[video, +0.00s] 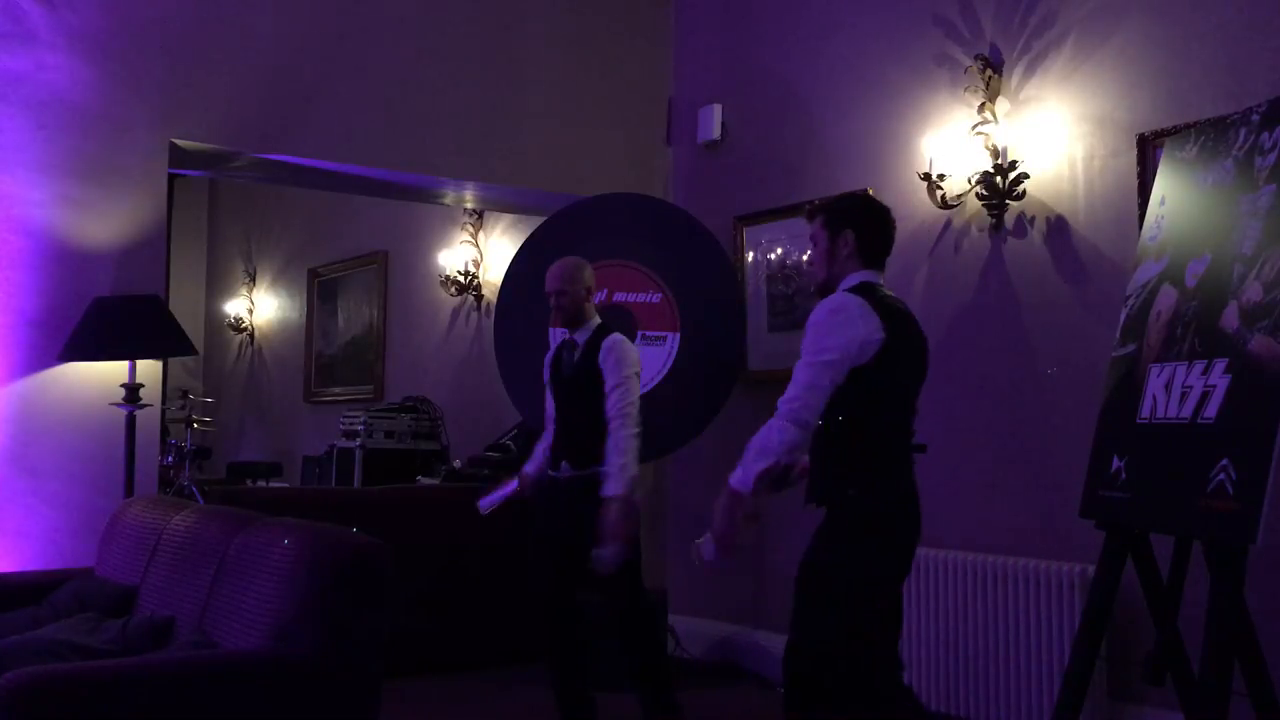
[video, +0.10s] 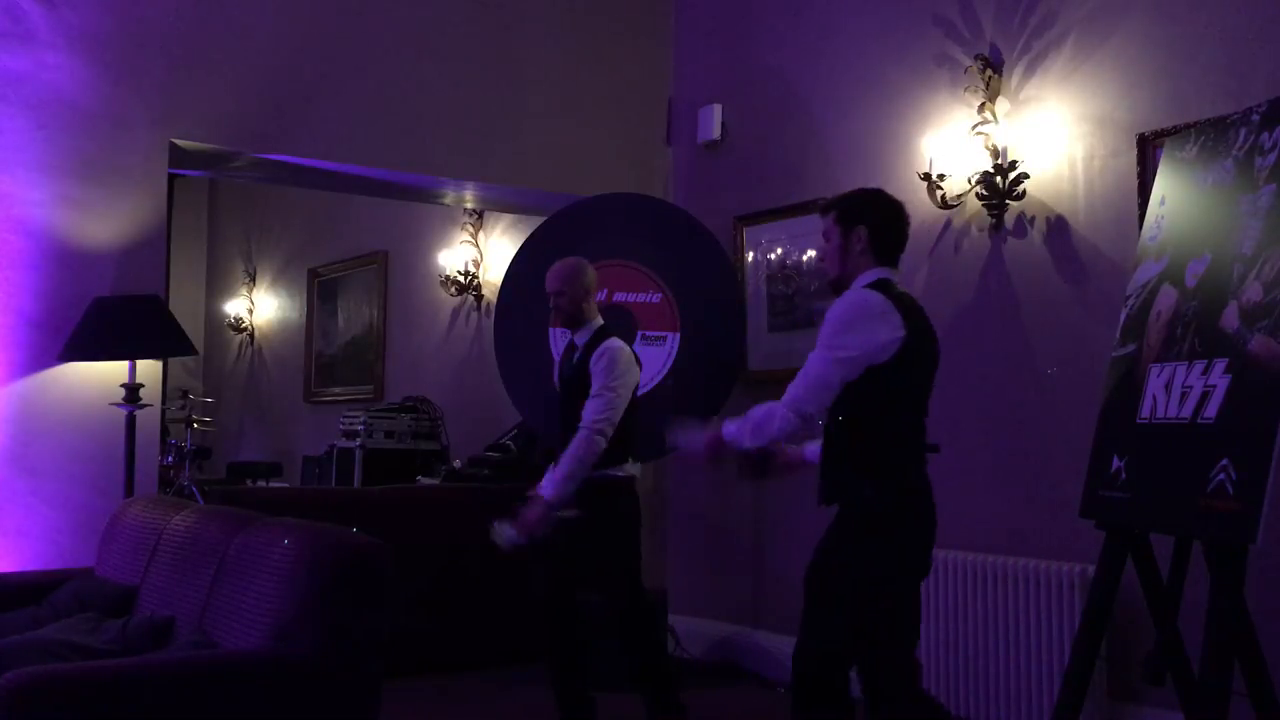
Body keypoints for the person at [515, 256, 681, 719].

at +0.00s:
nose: (555, 304)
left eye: (563, 295)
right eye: (550, 296)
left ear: (589, 293)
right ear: (549, 297)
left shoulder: (616, 348)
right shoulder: (556, 353)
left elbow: (624, 427)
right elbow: (553, 429)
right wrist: (523, 480)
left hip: (604, 490)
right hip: (562, 491)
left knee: (620, 599)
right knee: (563, 600)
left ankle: (653, 700)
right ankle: (574, 701)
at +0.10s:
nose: (554, 305)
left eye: (562, 297)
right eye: (550, 297)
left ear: (590, 295)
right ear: (554, 297)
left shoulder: (614, 353)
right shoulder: (568, 349)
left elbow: (593, 435)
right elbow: (564, 421)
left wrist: (545, 496)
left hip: (609, 493)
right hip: (572, 489)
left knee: (620, 604)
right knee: (569, 605)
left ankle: (657, 702)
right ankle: (575, 702)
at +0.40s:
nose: (583, 292)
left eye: (593, 284)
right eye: (583, 283)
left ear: (618, 291)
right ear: (592, 288)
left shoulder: (638, 350)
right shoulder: (589, 347)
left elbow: (582, 404)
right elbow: (554, 410)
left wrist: (521, 358)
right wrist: (507, 362)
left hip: (617, 494)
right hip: (579, 491)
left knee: (621, 605)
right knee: (576, 605)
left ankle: (657, 704)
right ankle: (577, 702)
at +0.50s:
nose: (597, 289)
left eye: (607, 281)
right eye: (597, 280)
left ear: (631, 290)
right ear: (597, 285)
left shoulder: (650, 349)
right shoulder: (588, 341)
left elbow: (602, 400)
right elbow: (537, 385)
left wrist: (558, 338)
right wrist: (515, 329)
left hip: (624, 491)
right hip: (578, 487)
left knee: (629, 602)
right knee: (571, 602)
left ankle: (659, 705)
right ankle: (575, 702)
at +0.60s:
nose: (608, 290)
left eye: (620, 283)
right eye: (606, 280)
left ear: (645, 292)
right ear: (601, 284)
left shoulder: (661, 349)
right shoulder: (593, 337)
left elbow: (630, 407)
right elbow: (541, 374)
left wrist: (609, 341)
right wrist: (534, 298)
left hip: (630, 490)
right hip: (578, 486)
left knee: (639, 605)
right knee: (572, 604)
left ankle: (663, 708)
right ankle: (575, 704)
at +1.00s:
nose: (612, 308)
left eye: (622, 300)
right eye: (609, 300)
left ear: (648, 299)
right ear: (608, 299)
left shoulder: (681, 354)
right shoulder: (599, 349)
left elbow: (724, 417)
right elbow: (557, 408)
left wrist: (730, 480)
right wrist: (514, 468)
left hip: (656, 496)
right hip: (600, 493)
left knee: (657, 605)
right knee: (585, 602)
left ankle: (669, 707)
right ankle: (577, 705)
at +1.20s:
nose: (610, 301)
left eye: (618, 293)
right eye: (611, 292)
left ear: (644, 295)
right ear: (640, 295)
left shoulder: (679, 359)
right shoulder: (621, 336)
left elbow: (724, 430)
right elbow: (572, 340)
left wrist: (712, 497)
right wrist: (517, 352)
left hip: (657, 497)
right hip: (616, 489)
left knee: (650, 607)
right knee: (594, 596)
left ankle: (669, 708)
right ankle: (578, 701)